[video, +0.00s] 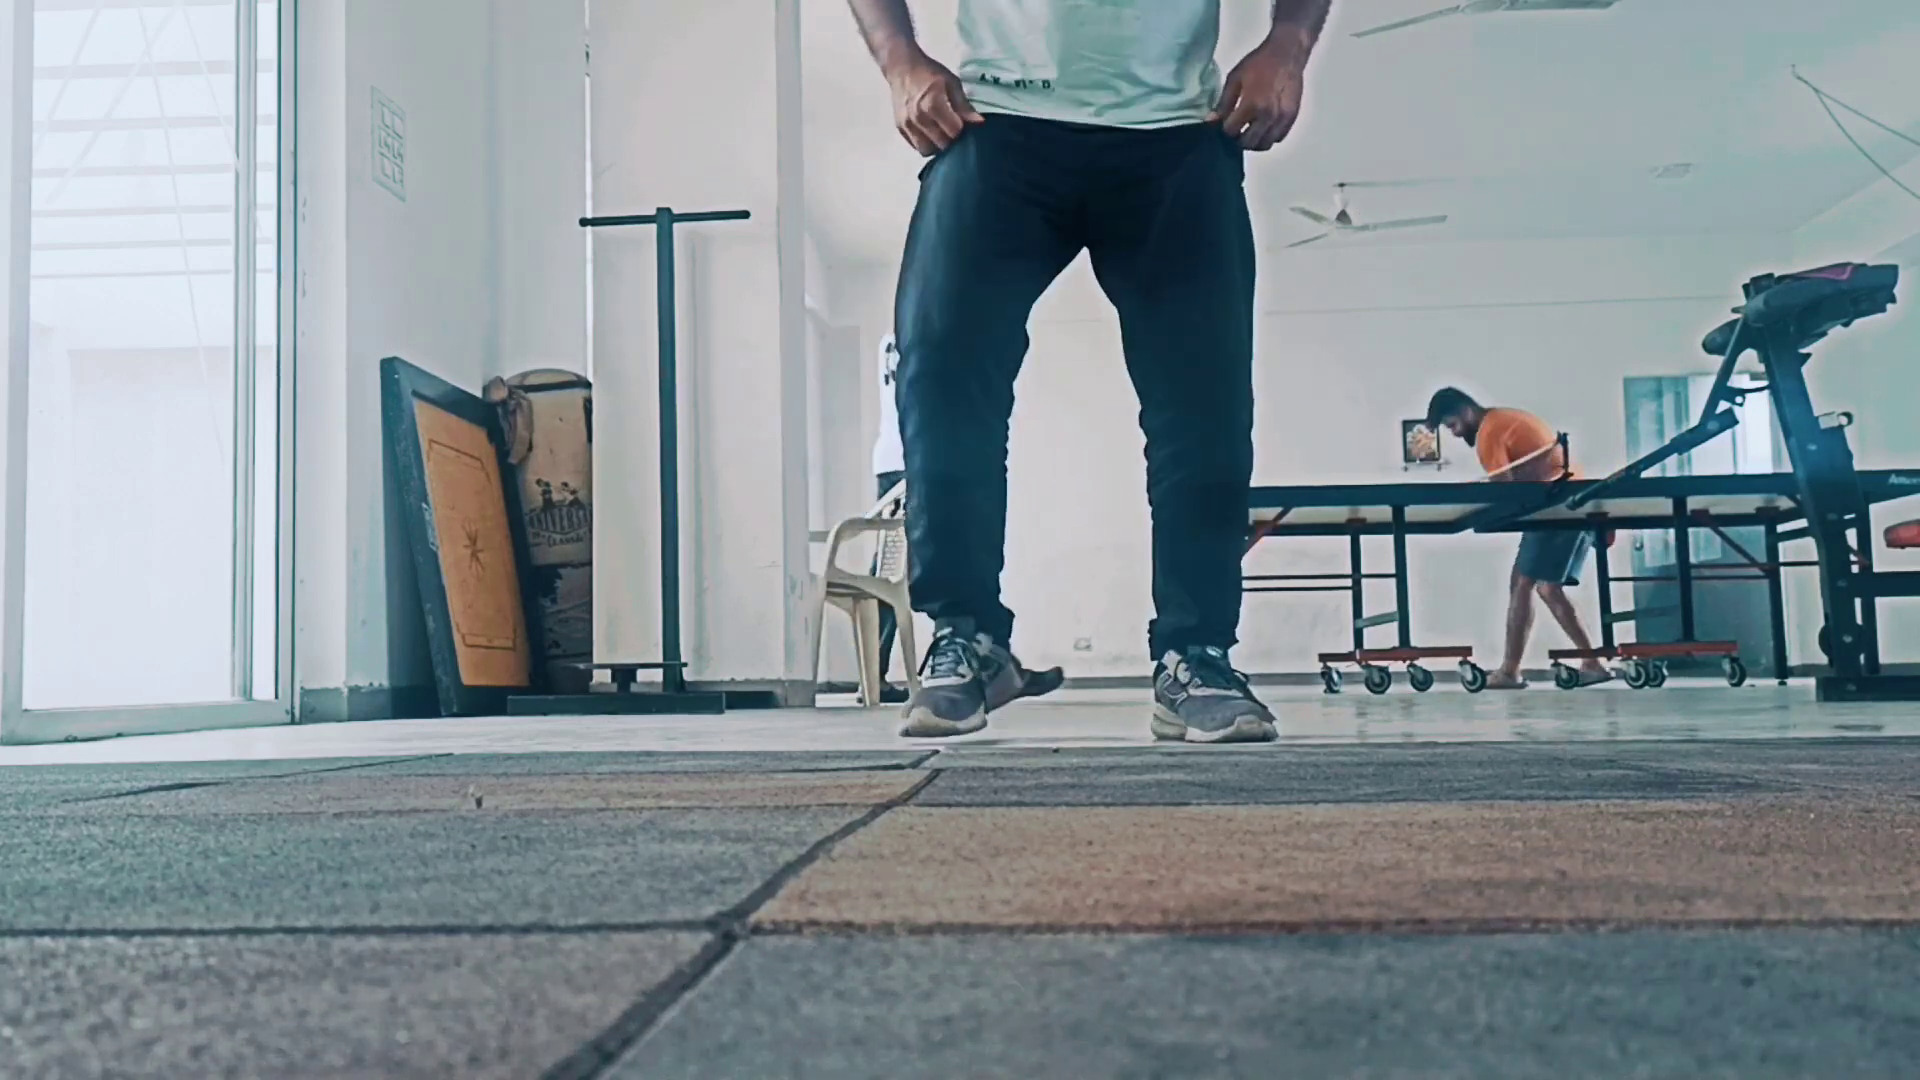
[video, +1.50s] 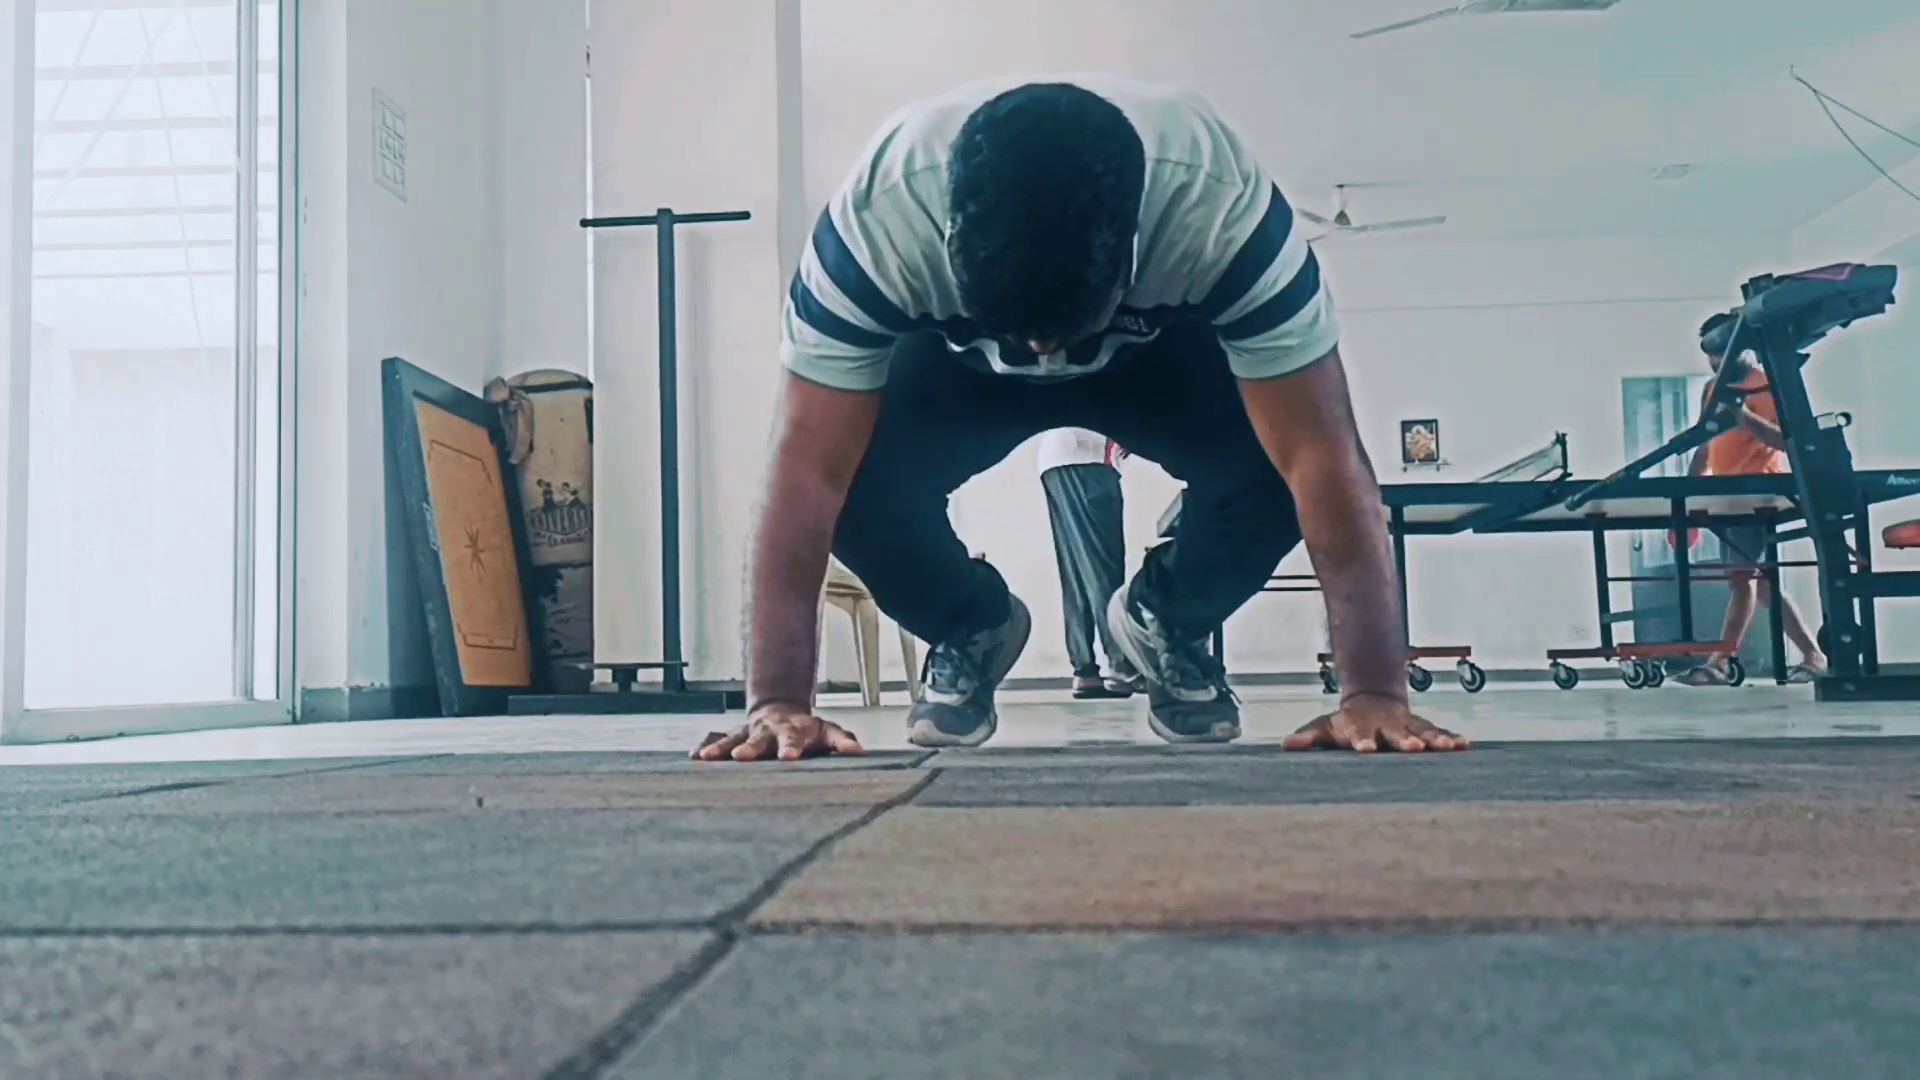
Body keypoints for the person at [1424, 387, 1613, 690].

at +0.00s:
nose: (1453, 432)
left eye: (1452, 424)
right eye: (1448, 428)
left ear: (1465, 410)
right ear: (1467, 409)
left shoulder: (1488, 434)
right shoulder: (1504, 418)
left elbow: (1506, 490)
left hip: (1556, 511)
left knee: (1525, 584)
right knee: (1544, 588)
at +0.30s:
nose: (1508, 394)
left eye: (1508, 384)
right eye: (1503, 387)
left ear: (1527, 374)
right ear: (1531, 377)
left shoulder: (1547, 402)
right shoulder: (1564, 400)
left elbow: (1557, 460)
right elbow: (1590, 470)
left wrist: (1506, 460)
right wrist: (1601, 527)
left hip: (1566, 513)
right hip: (1584, 511)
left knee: (1544, 587)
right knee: (1564, 593)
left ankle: (1515, 669)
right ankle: (1599, 667)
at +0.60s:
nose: (1550, 376)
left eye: (1553, 367)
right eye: (1545, 370)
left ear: (1572, 358)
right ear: (1550, 367)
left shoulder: (1596, 389)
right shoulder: (1576, 398)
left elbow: (1605, 448)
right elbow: (1588, 449)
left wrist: (1553, 438)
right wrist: (1569, 477)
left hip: (1604, 497)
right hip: (1588, 498)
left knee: (1591, 579)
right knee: (1584, 578)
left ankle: (1606, 662)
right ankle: (1601, 661)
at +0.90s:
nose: (1603, 370)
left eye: (1608, 361)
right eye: (1596, 365)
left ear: (1625, 355)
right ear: (1593, 366)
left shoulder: (1651, 388)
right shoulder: (1615, 398)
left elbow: (1655, 442)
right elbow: (1624, 453)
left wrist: (1604, 426)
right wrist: (1613, 489)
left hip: (1657, 496)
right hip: (1625, 497)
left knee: (1670, 581)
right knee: (1612, 581)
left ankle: (1711, 661)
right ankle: (1602, 665)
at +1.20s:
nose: (1666, 363)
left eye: (1673, 353)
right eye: (1658, 356)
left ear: (1687, 347)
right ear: (1650, 357)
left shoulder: (1712, 382)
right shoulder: (1663, 391)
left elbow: (1717, 435)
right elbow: (1666, 448)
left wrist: (1673, 410)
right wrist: (1661, 502)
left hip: (1709, 487)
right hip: (1672, 490)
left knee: (1709, 574)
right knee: (1672, 578)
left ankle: (1716, 659)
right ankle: (1686, 657)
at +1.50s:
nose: (1713, 360)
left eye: (1718, 350)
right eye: (1708, 352)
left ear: (1738, 346)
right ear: (1707, 354)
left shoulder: (1767, 382)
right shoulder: (1711, 390)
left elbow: (1791, 443)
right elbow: (1704, 452)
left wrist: (1743, 416)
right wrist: (1687, 499)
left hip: (1760, 490)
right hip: (1724, 493)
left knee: (1741, 574)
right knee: (1761, 583)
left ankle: (1720, 663)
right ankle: (1814, 655)